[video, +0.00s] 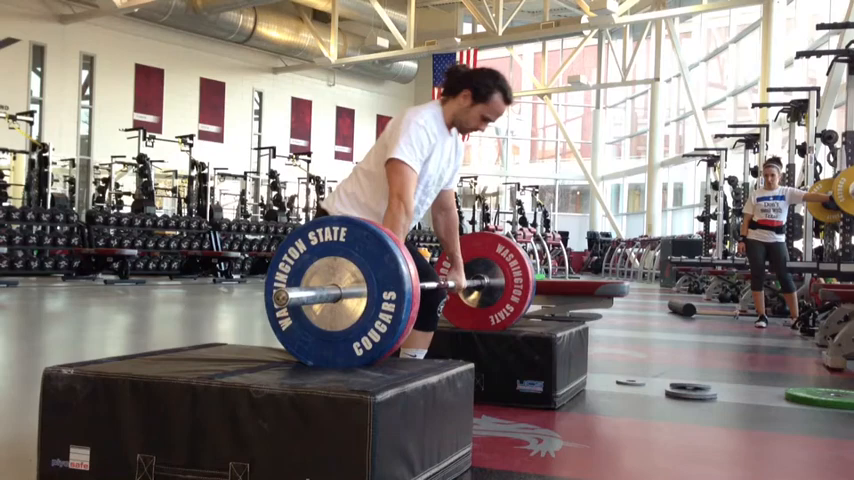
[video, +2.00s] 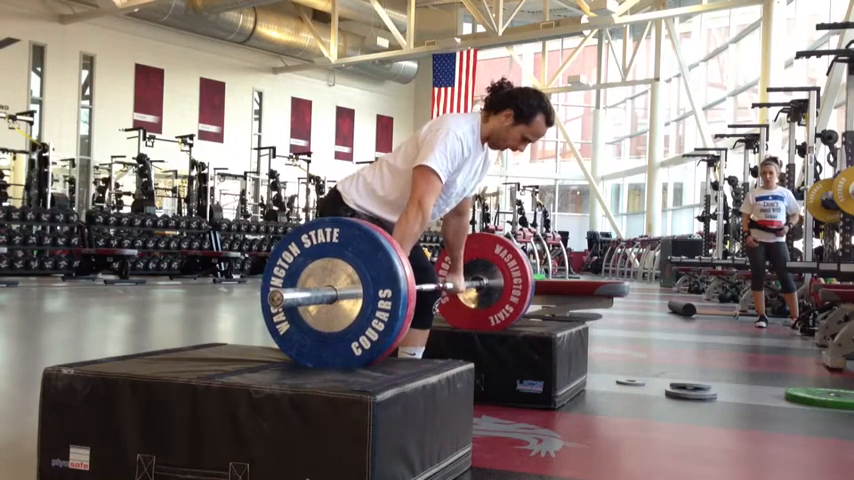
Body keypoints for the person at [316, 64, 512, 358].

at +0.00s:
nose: (483, 128)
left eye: (490, 123)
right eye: (485, 118)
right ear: (465, 97)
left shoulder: (454, 144)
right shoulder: (416, 123)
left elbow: (445, 209)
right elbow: (400, 205)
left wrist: (457, 266)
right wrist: (385, 271)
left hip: (384, 231)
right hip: (343, 222)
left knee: (430, 289)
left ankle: (407, 385)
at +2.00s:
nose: (521, 148)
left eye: (529, 143)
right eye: (524, 138)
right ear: (507, 116)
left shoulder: (483, 153)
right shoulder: (453, 132)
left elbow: (457, 215)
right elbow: (419, 207)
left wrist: (457, 271)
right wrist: (388, 270)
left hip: (389, 223)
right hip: (350, 210)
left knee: (424, 287)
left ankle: (406, 382)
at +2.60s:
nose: (492, 96)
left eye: (493, 89)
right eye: (488, 87)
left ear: (467, 86)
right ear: (460, 82)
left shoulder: (455, 140)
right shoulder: (421, 121)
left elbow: (446, 208)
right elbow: (403, 199)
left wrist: (456, 264)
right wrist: (386, 269)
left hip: (384, 228)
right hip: (343, 219)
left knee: (427, 289)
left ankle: (405, 384)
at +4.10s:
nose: (473, 40)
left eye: (468, 34)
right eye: (463, 35)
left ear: (450, 53)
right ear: (443, 52)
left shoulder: (457, 108)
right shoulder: (429, 94)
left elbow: (450, 183)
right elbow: (408, 173)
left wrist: (457, 246)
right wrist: (398, 243)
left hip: (396, 205)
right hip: (361, 200)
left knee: (424, 283)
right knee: (376, 289)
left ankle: (407, 381)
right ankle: (366, 388)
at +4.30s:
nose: (466, 13)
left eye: (461, 7)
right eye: (455, 8)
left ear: (443, 27)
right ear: (436, 26)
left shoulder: (457, 79)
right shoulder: (429, 64)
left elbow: (450, 154)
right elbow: (406, 139)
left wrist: (454, 212)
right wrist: (392, 209)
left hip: (413, 205)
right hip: (385, 202)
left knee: (434, 285)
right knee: (402, 285)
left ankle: (412, 383)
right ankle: (374, 385)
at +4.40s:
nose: (410, 2)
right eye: (398, 1)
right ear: (378, 18)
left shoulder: (419, 62)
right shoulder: (391, 52)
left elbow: (433, 140)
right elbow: (389, 127)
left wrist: (455, 196)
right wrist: (404, 196)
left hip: (442, 201)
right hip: (412, 199)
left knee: (454, 291)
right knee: (409, 295)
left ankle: (417, 374)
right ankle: (376, 380)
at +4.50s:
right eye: (337, 1)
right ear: (334, 20)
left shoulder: (389, 52)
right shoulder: (354, 44)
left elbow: (420, 115)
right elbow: (368, 105)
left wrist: (457, 158)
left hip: (426, 183)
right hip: (390, 182)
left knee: (426, 278)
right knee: (387, 280)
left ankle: (415, 373)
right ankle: (371, 377)